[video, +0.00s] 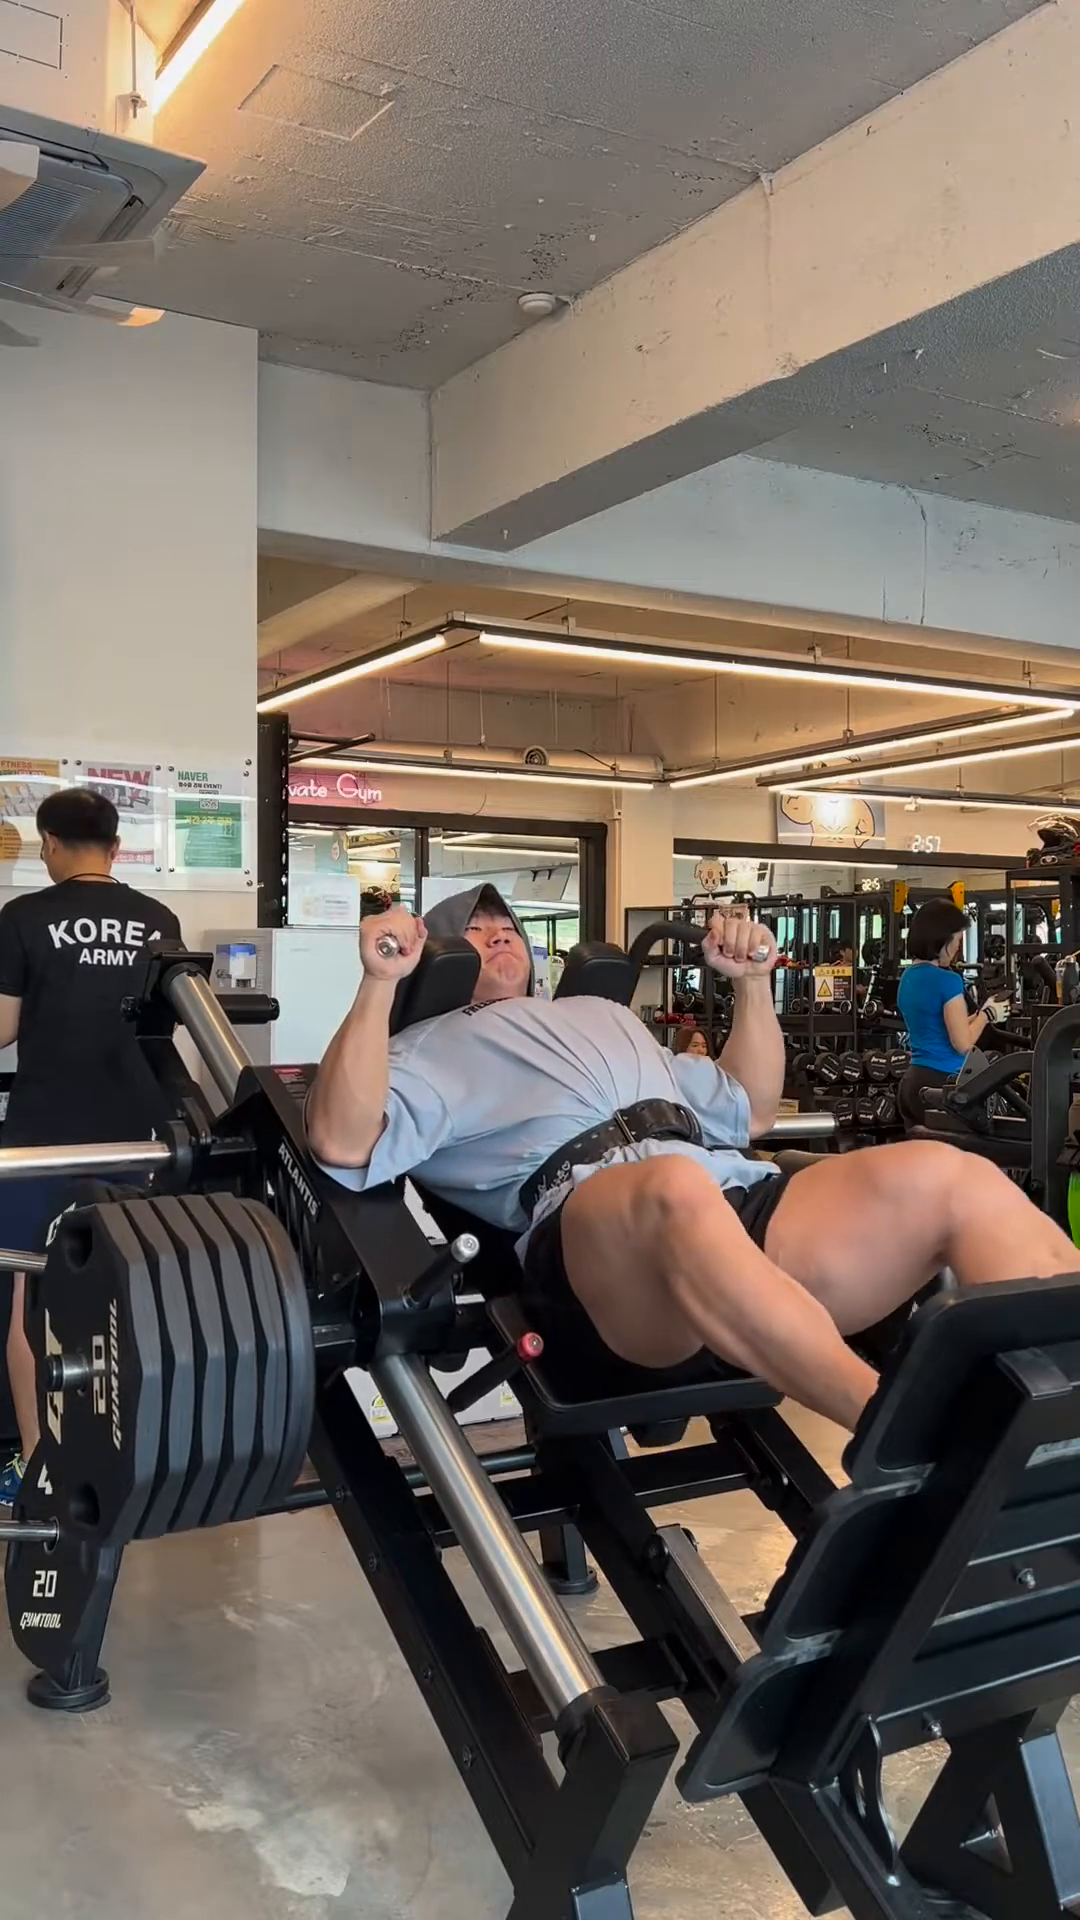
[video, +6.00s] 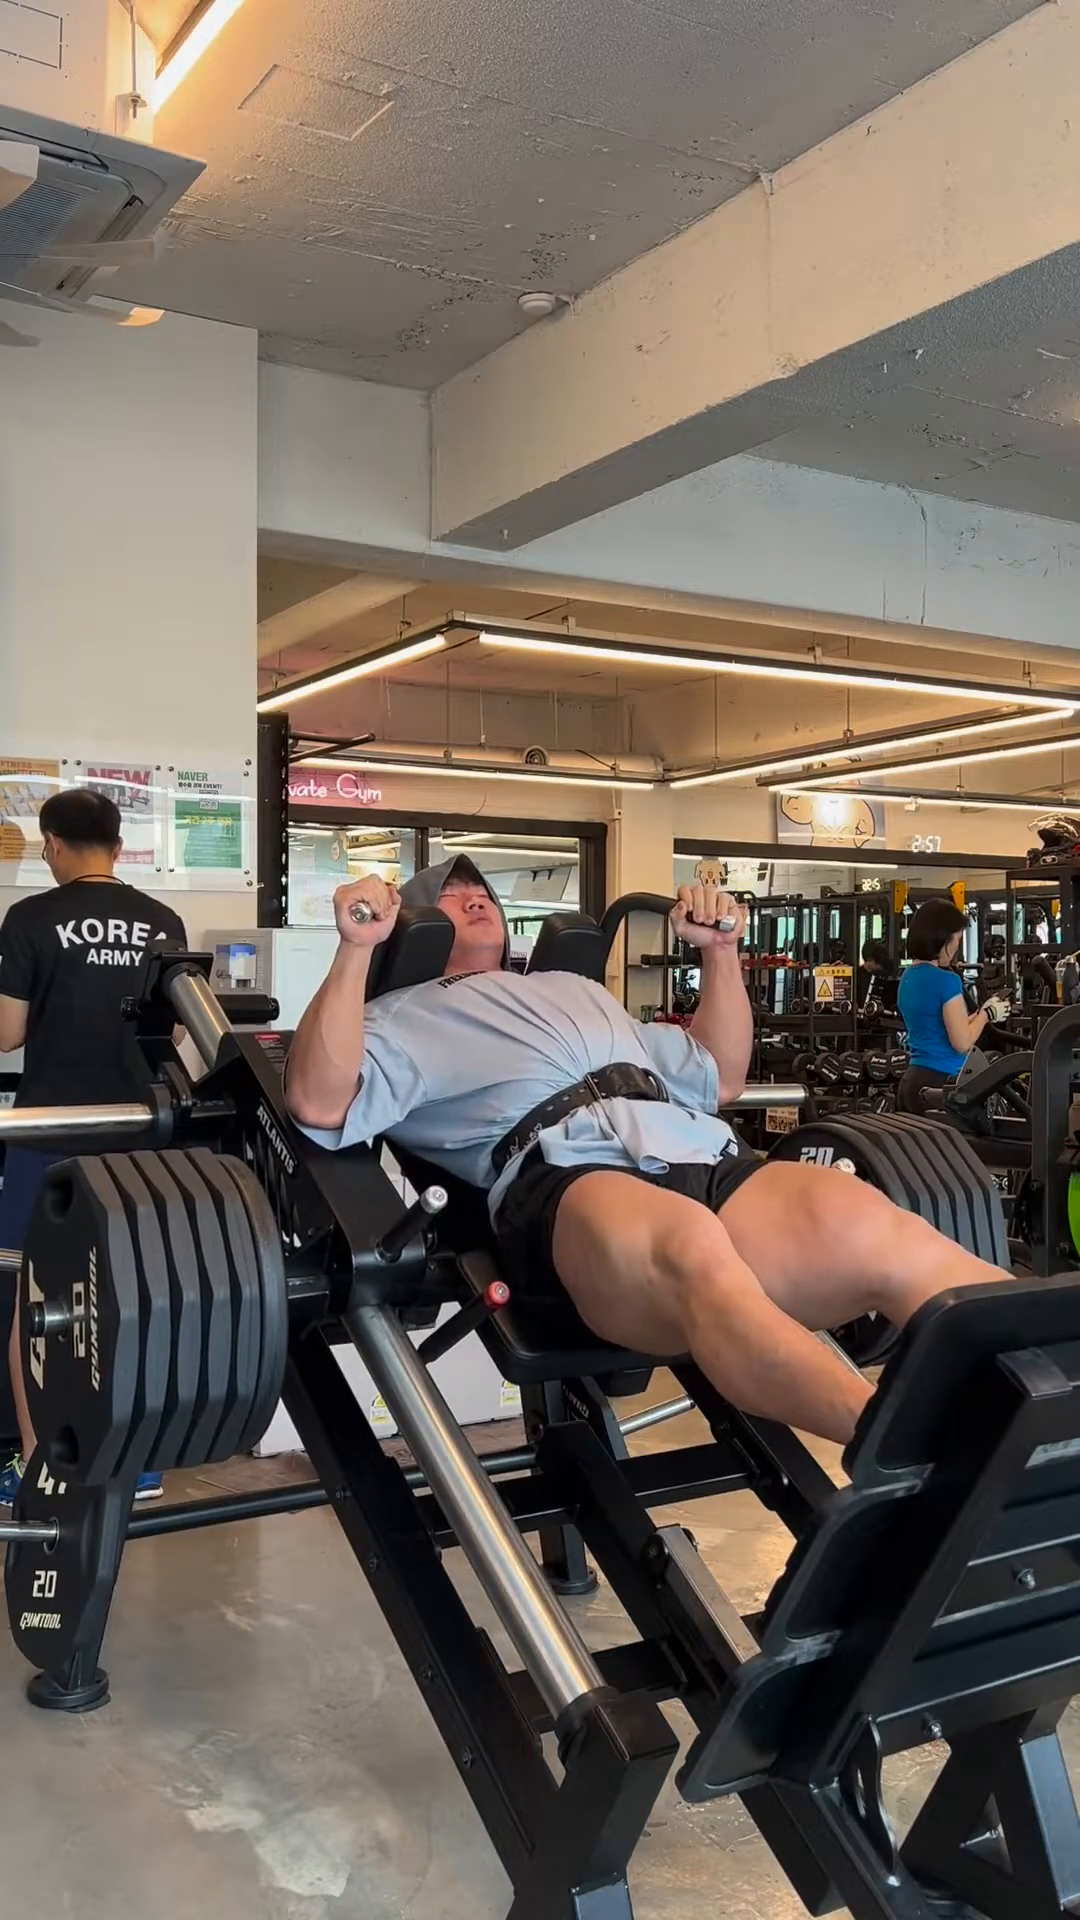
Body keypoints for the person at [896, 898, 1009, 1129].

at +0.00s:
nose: (959, 946)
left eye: (960, 939)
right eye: (958, 939)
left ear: (924, 936)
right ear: (944, 940)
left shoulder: (907, 978)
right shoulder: (948, 981)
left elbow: (929, 1034)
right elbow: (963, 1043)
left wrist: (973, 1013)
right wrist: (987, 1014)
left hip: (914, 1078)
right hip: (946, 1084)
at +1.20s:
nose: (958, 947)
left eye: (959, 940)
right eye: (957, 940)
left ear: (923, 935)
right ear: (943, 940)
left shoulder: (907, 978)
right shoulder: (946, 981)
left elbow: (931, 1034)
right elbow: (961, 1043)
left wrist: (976, 1015)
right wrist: (986, 1015)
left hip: (914, 1077)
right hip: (945, 1082)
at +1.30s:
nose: (958, 947)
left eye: (959, 941)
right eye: (957, 940)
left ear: (923, 936)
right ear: (943, 941)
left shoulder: (907, 978)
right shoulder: (946, 981)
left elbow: (934, 1033)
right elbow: (961, 1043)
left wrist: (975, 1016)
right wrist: (987, 1015)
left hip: (917, 1074)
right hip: (947, 1079)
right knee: (997, 1058)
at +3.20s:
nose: (959, 946)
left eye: (960, 939)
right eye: (958, 939)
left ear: (924, 937)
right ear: (943, 941)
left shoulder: (909, 977)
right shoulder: (948, 981)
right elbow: (963, 1043)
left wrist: (980, 1012)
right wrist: (988, 1013)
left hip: (917, 1073)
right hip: (948, 1080)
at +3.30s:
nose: (958, 947)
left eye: (959, 941)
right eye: (957, 940)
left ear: (923, 936)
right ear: (944, 942)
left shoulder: (908, 978)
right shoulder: (947, 981)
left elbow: (932, 1032)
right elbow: (963, 1042)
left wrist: (976, 1013)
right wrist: (986, 1012)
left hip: (916, 1073)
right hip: (947, 1079)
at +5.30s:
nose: (957, 946)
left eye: (958, 940)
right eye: (956, 939)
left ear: (923, 935)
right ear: (942, 941)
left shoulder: (907, 978)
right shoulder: (946, 981)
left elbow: (933, 1032)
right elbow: (962, 1042)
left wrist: (977, 1014)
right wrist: (988, 1013)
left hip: (913, 1078)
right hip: (945, 1084)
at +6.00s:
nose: (958, 945)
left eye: (959, 939)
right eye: (957, 939)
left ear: (923, 935)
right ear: (943, 940)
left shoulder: (907, 978)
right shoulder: (947, 981)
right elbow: (962, 1042)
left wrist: (977, 1014)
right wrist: (988, 1013)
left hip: (913, 1078)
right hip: (943, 1084)